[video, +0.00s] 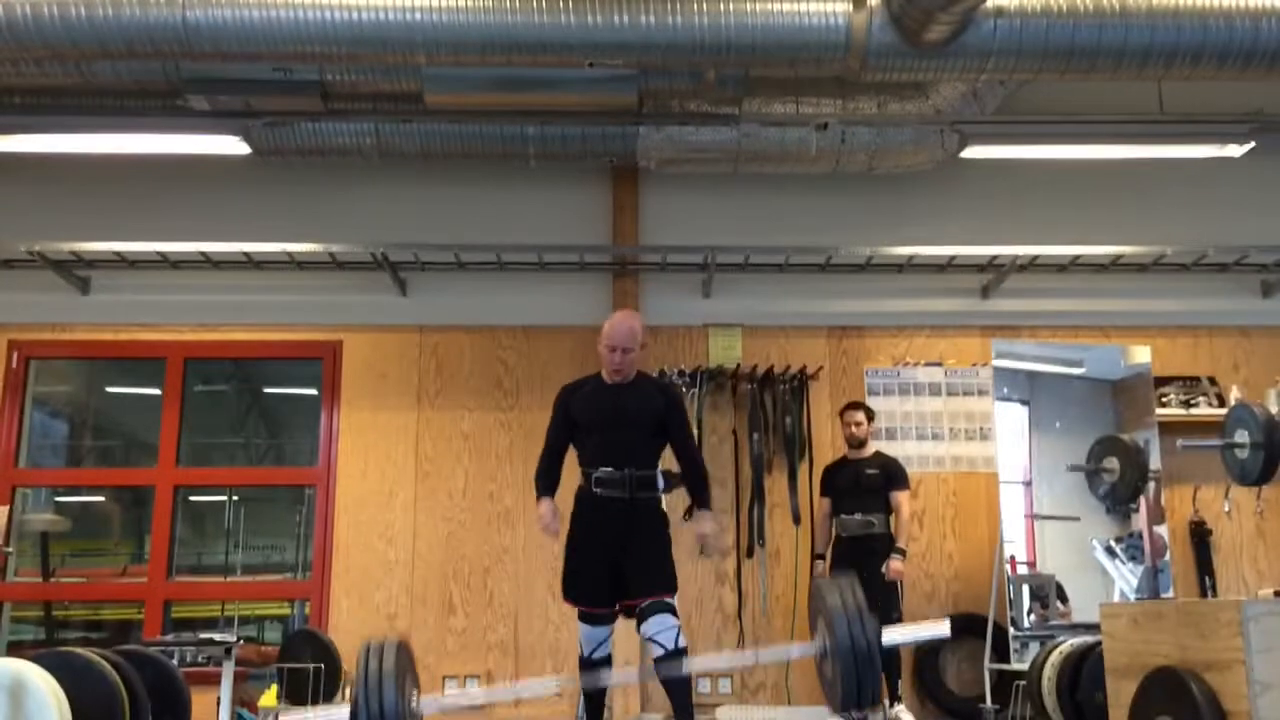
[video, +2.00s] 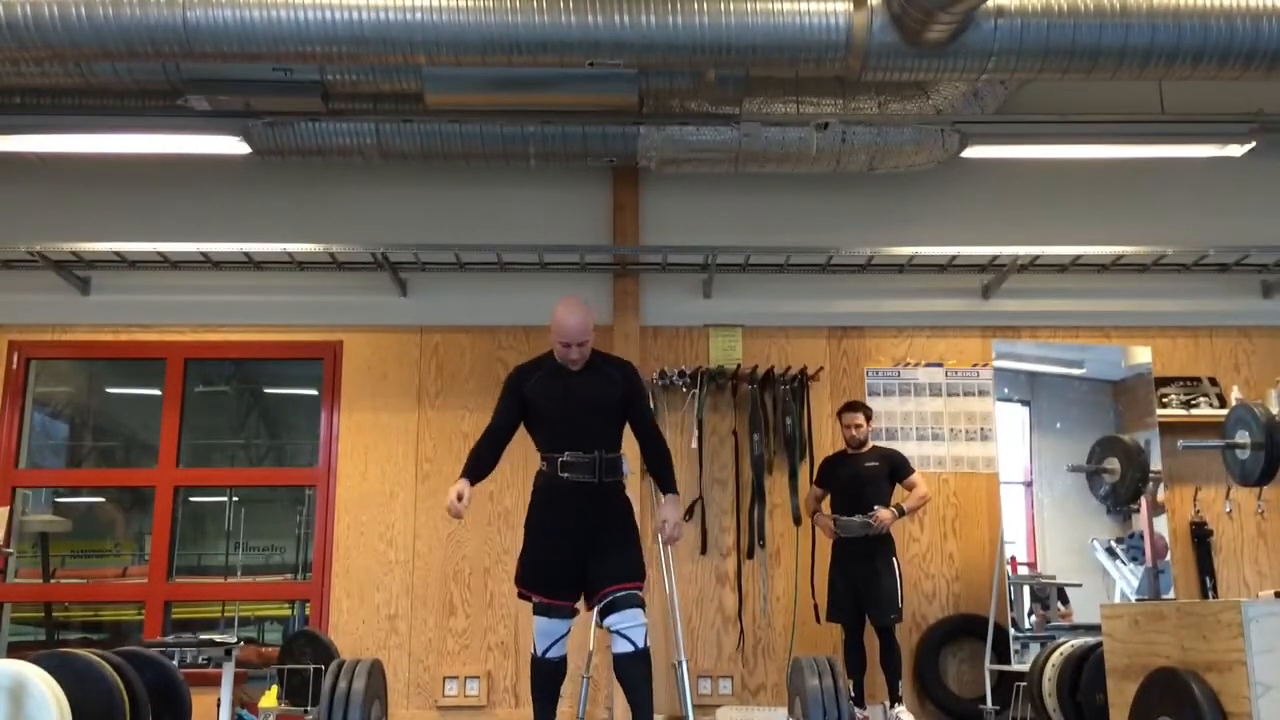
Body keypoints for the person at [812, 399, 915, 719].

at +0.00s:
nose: (853, 429)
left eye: (858, 424)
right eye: (848, 424)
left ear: (870, 426)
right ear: (841, 428)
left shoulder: (888, 465)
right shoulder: (832, 471)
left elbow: (904, 511)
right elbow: (824, 517)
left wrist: (899, 553)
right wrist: (819, 558)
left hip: (879, 560)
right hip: (844, 562)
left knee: (887, 630)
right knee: (847, 631)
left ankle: (895, 700)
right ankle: (856, 702)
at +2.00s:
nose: (853, 432)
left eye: (858, 426)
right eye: (847, 427)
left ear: (869, 426)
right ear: (840, 428)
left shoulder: (889, 458)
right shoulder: (831, 464)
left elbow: (922, 491)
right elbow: (812, 502)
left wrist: (896, 512)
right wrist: (819, 519)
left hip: (879, 553)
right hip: (845, 555)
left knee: (885, 630)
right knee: (852, 632)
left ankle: (896, 704)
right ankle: (858, 706)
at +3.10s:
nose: (852, 434)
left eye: (858, 428)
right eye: (847, 429)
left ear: (869, 426)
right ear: (840, 430)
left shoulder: (890, 461)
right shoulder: (832, 468)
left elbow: (917, 501)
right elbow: (822, 510)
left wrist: (902, 535)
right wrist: (826, 537)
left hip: (880, 557)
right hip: (844, 559)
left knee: (886, 632)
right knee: (852, 633)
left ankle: (896, 704)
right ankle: (858, 706)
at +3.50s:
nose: (856, 435)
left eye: (861, 429)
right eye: (850, 430)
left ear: (872, 428)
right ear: (843, 429)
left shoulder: (891, 465)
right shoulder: (834, 468)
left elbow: (908, 507)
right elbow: (823, 512)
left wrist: (913, 547)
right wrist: (815, 553)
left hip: (880, 555)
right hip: (846, 556)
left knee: (886, 630)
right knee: (852, 632)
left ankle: (896, 703)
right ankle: (858, 706)